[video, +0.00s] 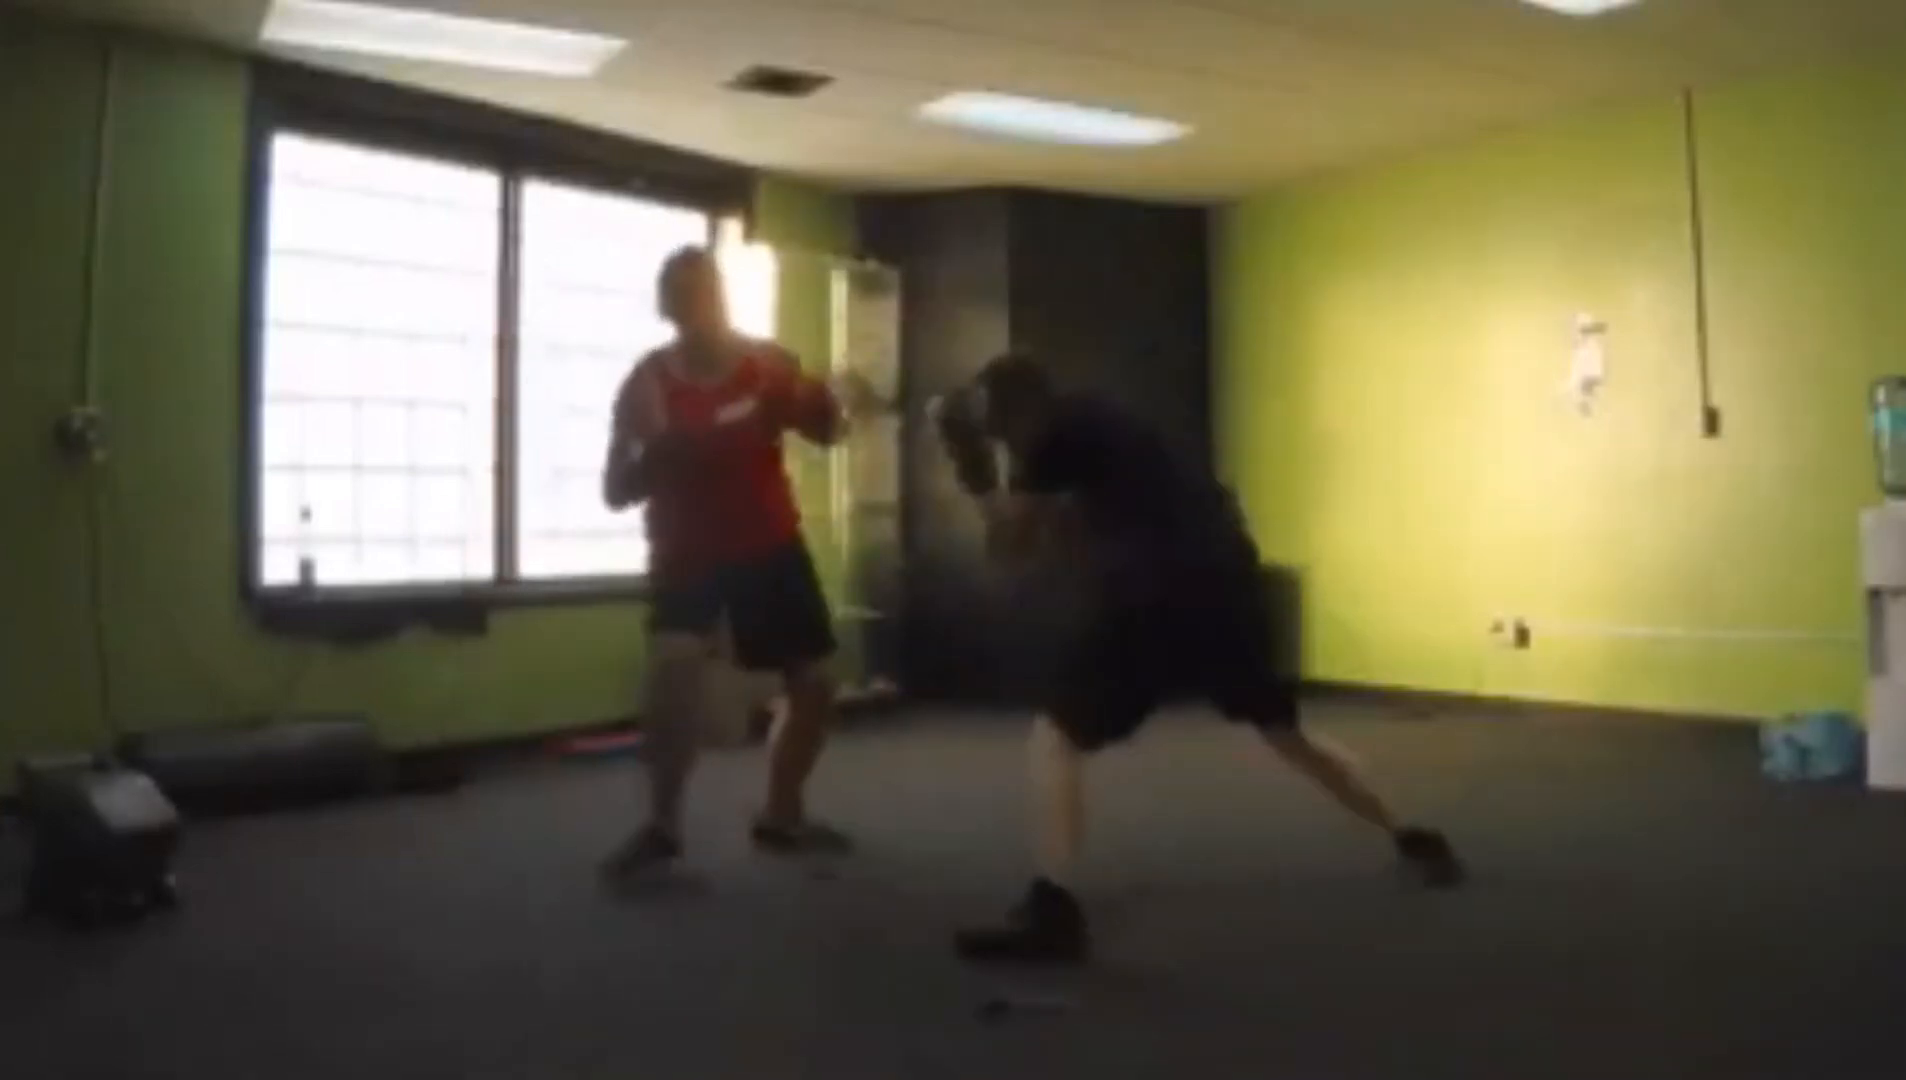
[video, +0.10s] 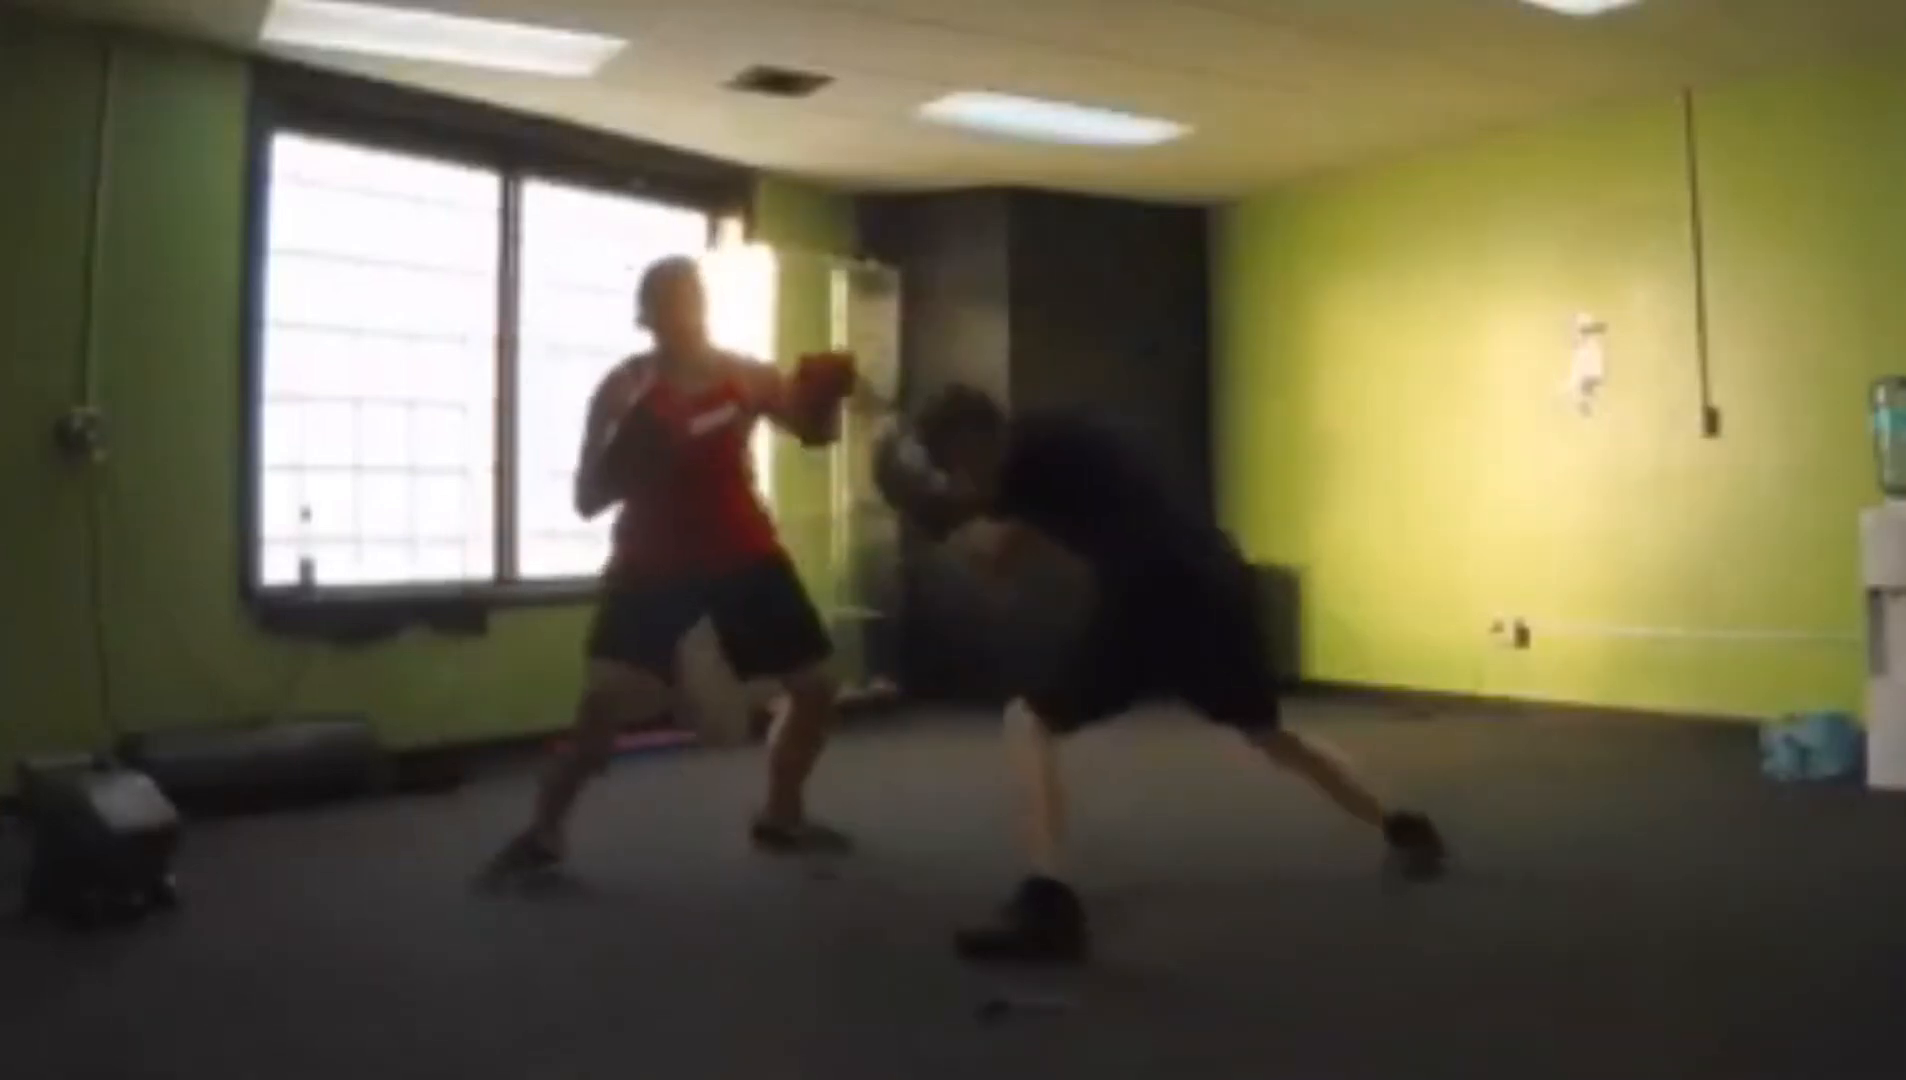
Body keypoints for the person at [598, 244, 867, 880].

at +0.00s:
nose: (700, 310)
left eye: (707, 293)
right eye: (687, 298)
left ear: (723, 295)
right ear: (667, 307)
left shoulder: (766, 366)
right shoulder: (651, 383)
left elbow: (826, 426)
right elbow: (618, 488)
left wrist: (806, 397)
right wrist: (660, 451)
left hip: (770, 554)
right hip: (686, 562)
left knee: (813, 688)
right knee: (671, 689)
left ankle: (783, 816)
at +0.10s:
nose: (685, 315)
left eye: (691, 300)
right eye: (670, 303)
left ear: (705, 303)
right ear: (647, 314)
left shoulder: (744, 377)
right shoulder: (626, 389)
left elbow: (814, 431)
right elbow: (589, 498)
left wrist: (824, 393)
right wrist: (634, 434)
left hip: (744, 557)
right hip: (651, 565)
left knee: (815, 688)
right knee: (603, 708)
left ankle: (782, 817)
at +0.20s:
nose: (652, 326)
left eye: (662, 310)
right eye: (638, 312)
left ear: (681, 313)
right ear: (621, 322)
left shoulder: (715, 380)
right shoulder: (595, 398)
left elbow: (801, 407)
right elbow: (549, 498)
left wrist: (868, 388)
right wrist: (581, 449)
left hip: (714, 563)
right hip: (620, 570)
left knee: (799, 689)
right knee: (561, 695)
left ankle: (791, 798)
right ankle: (532, 832)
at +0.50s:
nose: (676, 332)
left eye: (685, 317)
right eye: (663, 319)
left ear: (701, 325)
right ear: (643, 328)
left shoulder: (729, 402)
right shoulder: (616, 392)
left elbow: (786, 489)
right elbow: (576, 474)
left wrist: (731, 451)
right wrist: (638, 458)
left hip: (722, 568)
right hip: (629, 571)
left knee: (809, 684)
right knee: (565, 691)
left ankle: (845, 812)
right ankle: (528, 835)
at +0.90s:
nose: (868, 337)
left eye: (869, 323)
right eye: (858, 323)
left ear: (822, 323)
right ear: (831, 324)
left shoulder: (818, 382)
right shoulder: (799, 366)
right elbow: (866, 413)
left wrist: (837, 506)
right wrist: (922, 452)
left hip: (771, 545)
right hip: (700, 543)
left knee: (824, 674)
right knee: (649, 663)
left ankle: (845, 813)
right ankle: (563, 760)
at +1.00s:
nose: (866, 333)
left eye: (867, 318)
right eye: (859, 318)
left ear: (821, 317)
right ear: (829, 316)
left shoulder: (803, 368)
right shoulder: (790, 358)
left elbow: (786, 461)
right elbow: (809, 439)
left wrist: (821, 511)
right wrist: (865, 482)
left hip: (781, 540)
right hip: (712, 538)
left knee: (835, 671)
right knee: (655, 669)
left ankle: (844, 812)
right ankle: (585, 767)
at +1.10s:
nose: (841, 324)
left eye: (842, 309)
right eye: (832, 308)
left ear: (818, 311)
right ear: (797, 309)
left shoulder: (798, 388)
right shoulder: (736, 374)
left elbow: (794, 463)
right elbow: (729, 466)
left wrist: (836, 481)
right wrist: (825, 456)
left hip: (779, 545)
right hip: (704, 551)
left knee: (836, 672)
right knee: (659, 688)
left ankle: (846, 811)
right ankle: (599, 810)